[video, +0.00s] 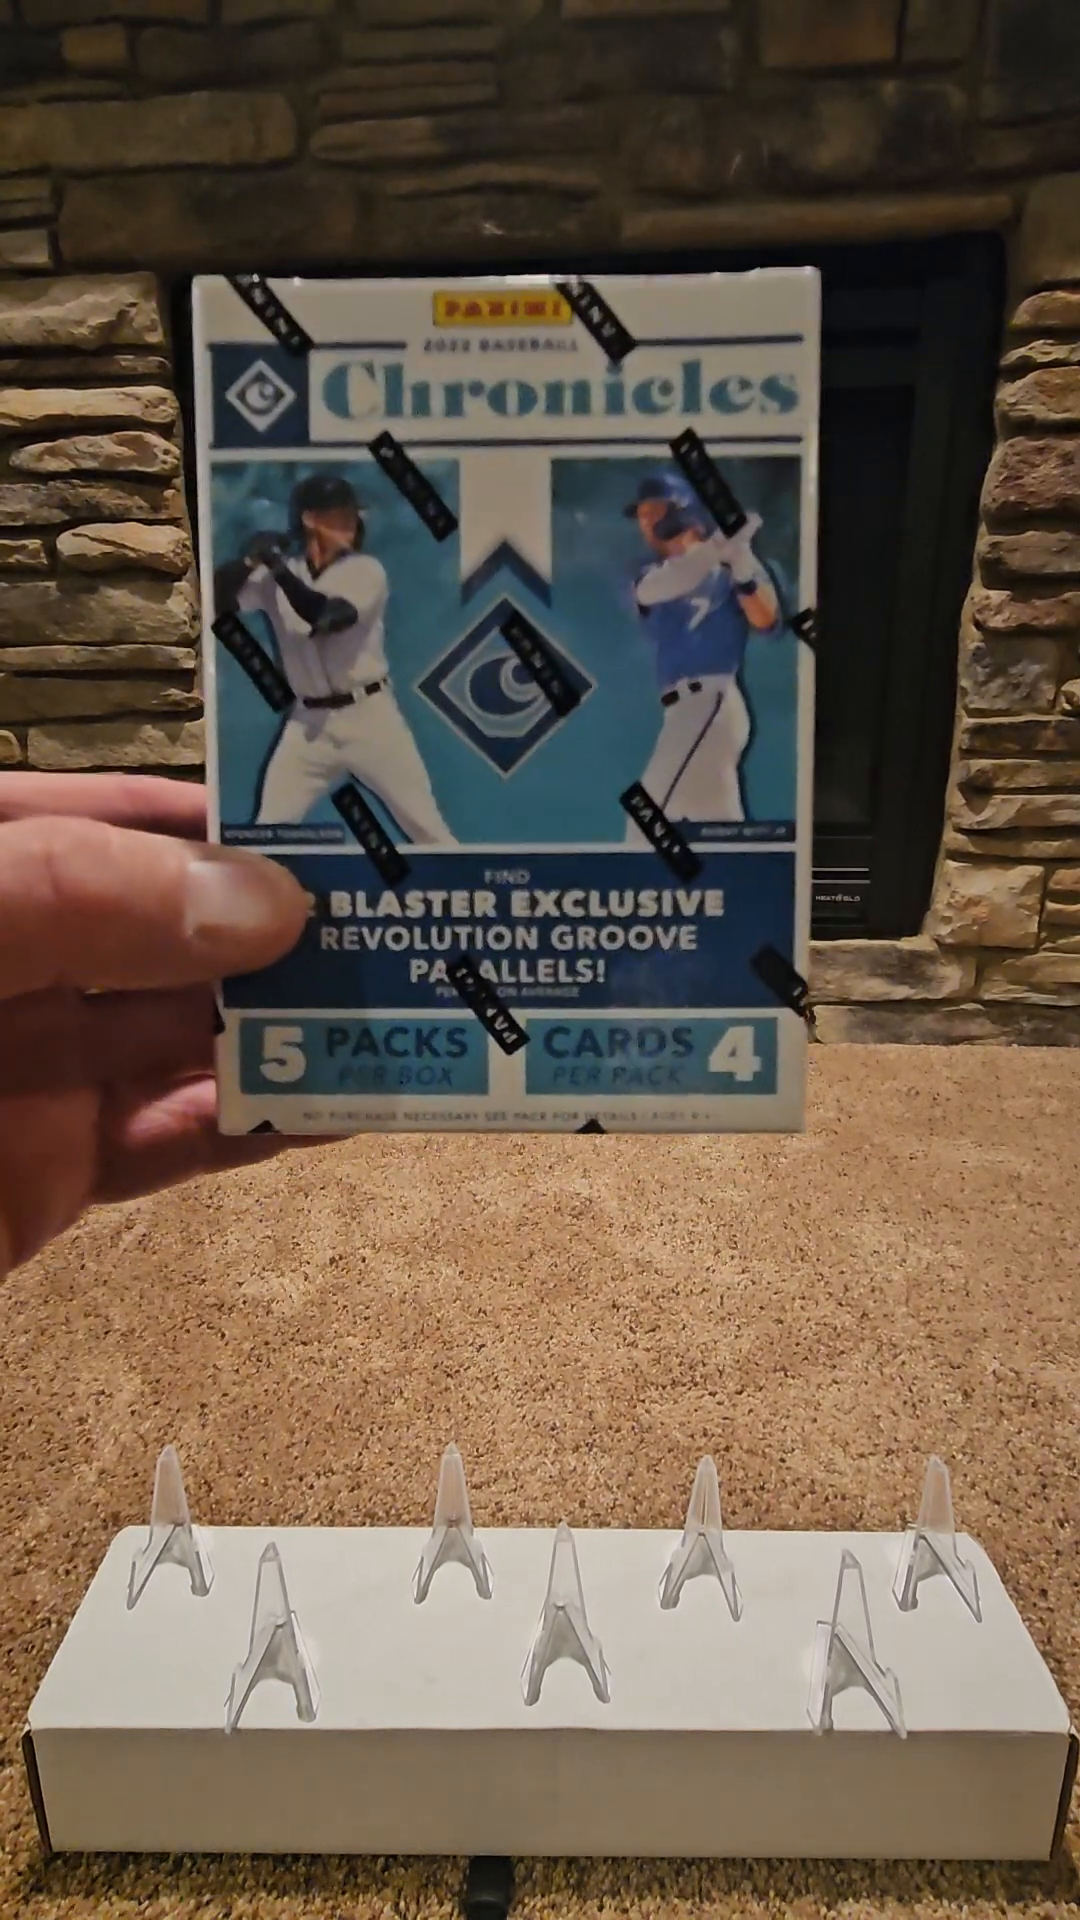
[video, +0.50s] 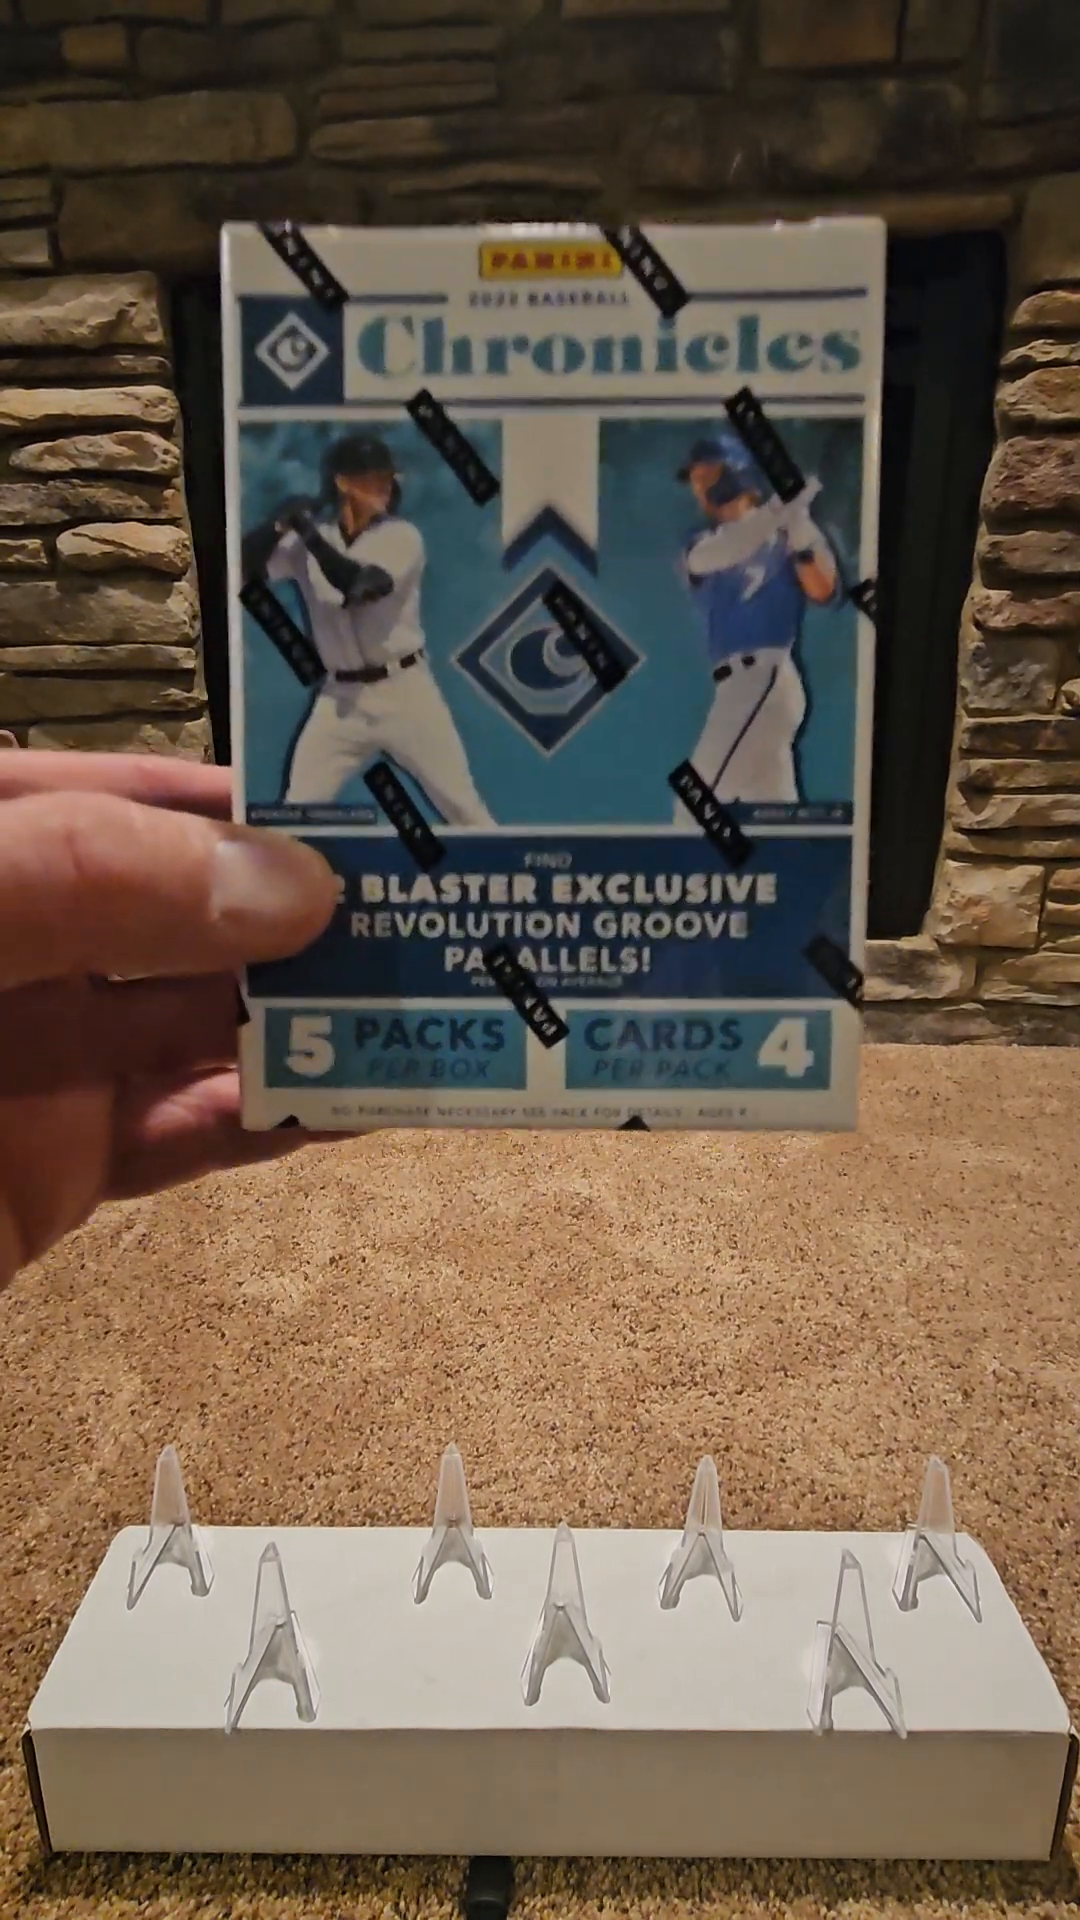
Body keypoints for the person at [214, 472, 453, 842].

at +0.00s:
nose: (349, 519)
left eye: (352, 511)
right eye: (337, 511)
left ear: (358, 519)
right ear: (309, 519)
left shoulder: (365, 571)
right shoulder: (273, 579)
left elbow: (325, 618)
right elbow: (213, 600)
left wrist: (277, 567)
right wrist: (248, 563)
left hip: (371, 719)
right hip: (308, 724)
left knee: (427, 829)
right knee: (269, 835)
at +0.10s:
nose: (368, 521)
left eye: (369, 513)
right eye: (357, 512)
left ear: (374, 520)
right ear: (326, 519)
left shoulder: (381, 572)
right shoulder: (288, 579)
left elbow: (339, 619)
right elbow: (229, 599)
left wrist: (290, 567)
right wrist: (261, 561)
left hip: (386, 723)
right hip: (321, 728)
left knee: (441, 835)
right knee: (280, 842)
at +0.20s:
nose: (368, 501)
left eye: (370, 492)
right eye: (356, 492)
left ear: (377, 498)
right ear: (327, 499)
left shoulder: (385, 553)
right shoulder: (290, 559)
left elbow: (341, 602)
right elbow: (227, 583)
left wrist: (292, 548)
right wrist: (261, 543)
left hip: (389, 708)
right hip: (323, 714)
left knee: (446, 824)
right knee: (282, 829)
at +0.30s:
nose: (379, 484)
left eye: (381, 475)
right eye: (367, 475)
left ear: (386, 483)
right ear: (337, 482)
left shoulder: (394, 538)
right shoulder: (298, 543)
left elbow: (352, 587)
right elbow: (235, 567)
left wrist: (301, 534)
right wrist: (271, 526)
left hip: (398, 694)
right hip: (331, 700)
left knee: (455, 812)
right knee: (287, 817)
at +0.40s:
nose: (384, 466)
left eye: (386, 458)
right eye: (371, 458)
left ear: (392, 464)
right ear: (342, 465)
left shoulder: (400, 520)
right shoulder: (304, 525)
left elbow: (356, 570)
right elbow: (241, 552)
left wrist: (305, 515)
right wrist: (275, 507)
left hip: (405, 679)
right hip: (337, 684)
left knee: (462, 797)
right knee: (294, 801)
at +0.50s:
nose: (384, 483)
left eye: (387, 475)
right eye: (371, 474)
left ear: (393, 482)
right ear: (343, 483)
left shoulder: (401, 536)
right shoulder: (306, 543)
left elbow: (359, 588)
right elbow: (244, 569)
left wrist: (306, 532)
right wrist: (277, 525)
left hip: (407, 692)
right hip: (340, 699)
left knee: (462, 806)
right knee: (299, 815)